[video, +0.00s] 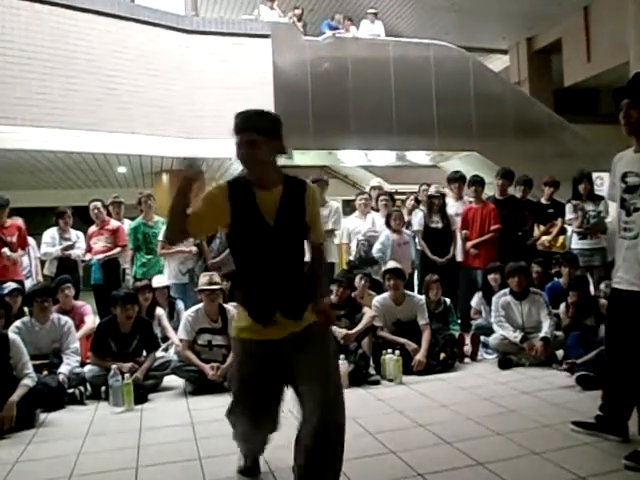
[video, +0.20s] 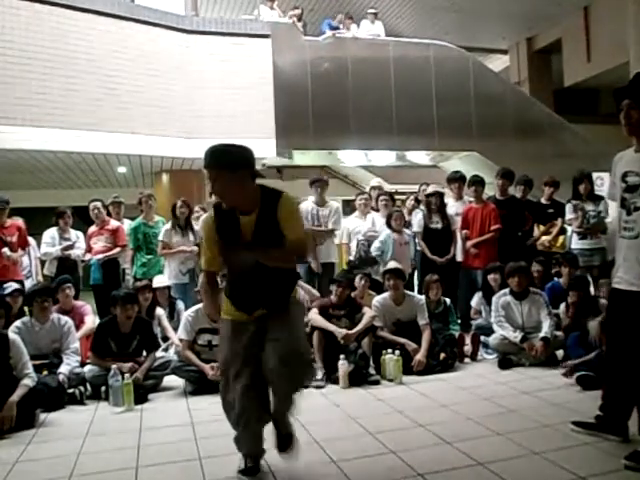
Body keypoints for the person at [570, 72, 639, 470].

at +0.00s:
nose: (624, 118)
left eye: (629, 111)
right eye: (623, 111)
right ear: (624, 118)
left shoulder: (629, 162)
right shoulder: (621, 161)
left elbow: (616, 221)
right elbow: (615, 221)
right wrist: (610, 266)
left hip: (635, 280)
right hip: (623, 278)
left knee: (633, 357)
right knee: (619, 352)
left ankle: (639, 441)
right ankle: (612, 418)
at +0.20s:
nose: (625, 119)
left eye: (629, 111)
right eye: (624, 111)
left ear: (639, 115)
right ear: (625, 118)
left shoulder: (628, 162)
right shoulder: (621, 160)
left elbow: (616, 221)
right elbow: (615, 220)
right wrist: (611, 266)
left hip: (635, 280)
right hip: (624, 277)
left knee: (632, 356)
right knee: (618, 351)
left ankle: (639, 440)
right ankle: (612, 418)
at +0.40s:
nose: (627, 119)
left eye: (630, 111)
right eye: (625, 111)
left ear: (639, 115)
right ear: (626, 117)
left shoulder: (628, 161)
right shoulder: (622, 160)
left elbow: (615, 218)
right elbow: (614, 218)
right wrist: (611, 264)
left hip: (634, 280)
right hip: (624, 277)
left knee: (631, 355)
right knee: (618, 351)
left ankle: (638, 440)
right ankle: (612, 419)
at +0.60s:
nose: (627, 119)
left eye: (630, 111)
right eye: (625, 112)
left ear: (639, 115)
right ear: (626, 118)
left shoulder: (628, 162)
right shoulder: (622, 161)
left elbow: (616, 221)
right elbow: (614, 220)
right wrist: (610, 267)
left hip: (634, 280)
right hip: (625, 278)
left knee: (631, 356)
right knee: (619, 352)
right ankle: (612, 419)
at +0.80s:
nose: (625, 119)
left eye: (629, 111)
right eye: (623, 112)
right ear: (625, 117)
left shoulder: (629, 163)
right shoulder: (622, 161)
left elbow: (616, 220)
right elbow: (615, 218)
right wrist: (611, 264)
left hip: (635, 280)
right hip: (624, 277)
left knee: (634, 357)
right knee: (618, 352)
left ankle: (639, 441)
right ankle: (612, 418)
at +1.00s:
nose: (623, 119)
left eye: (628, 111)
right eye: (622, 112)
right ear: (624, 118)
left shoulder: (630, 163)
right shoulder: (622, 161)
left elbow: (616, 219)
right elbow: (615, 218)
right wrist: (610, 263)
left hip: (636, 280)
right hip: (624, 277)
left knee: (634, 357)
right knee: (619, 352)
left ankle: (639, 441)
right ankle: (612, 419)